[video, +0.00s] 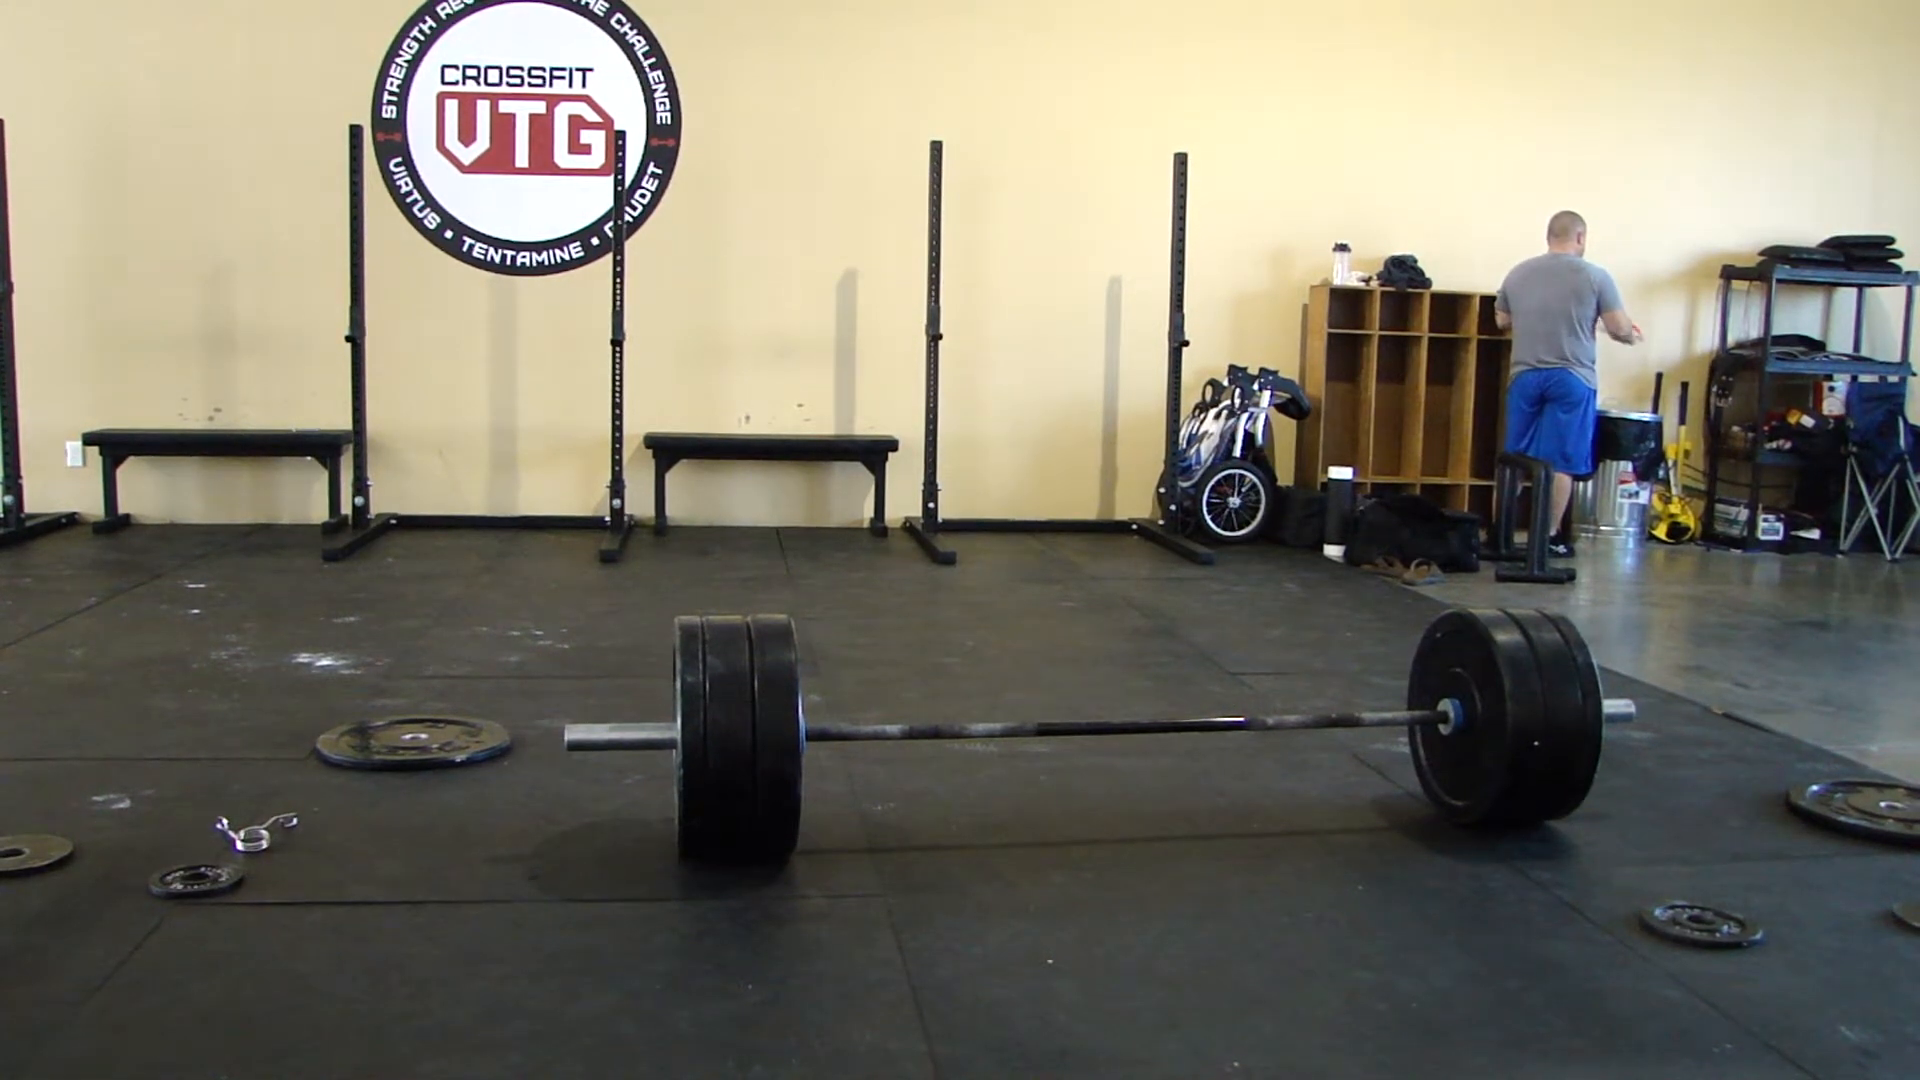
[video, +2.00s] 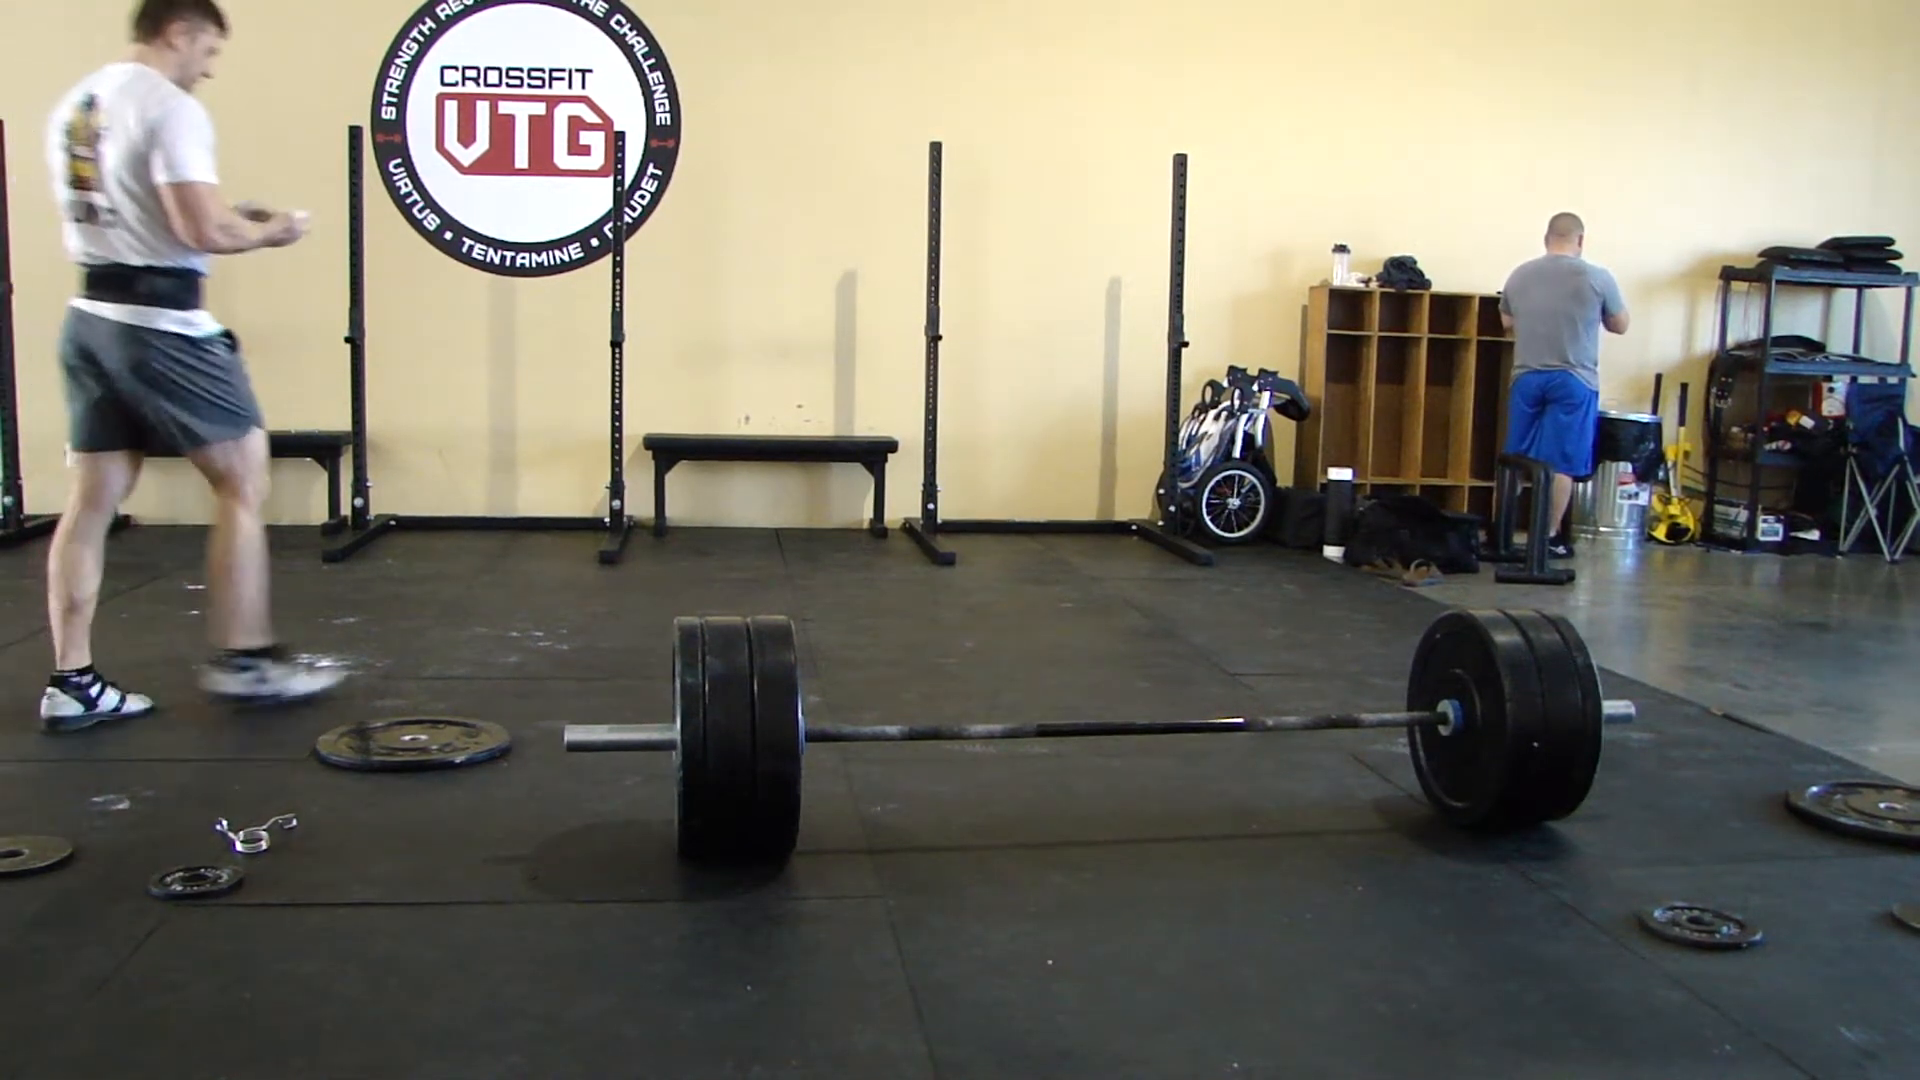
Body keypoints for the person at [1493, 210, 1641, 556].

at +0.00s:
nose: (1585, 245)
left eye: (1583, 240)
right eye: (1585, 239)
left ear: (1548, 237)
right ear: (1580, 238)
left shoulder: (1518, 272)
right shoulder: (1594, 275)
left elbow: (1502, 320)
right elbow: (1617, 329)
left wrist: (1537, 312)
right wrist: (1629, 333)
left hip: (1524, 376)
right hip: (1572, 378)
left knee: (1513, 458)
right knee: (1562, 464)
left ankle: (1501, 534)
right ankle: (1548, 538)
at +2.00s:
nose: (1580, 246)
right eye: (1582, 241)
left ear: (1546, 239)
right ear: (1580, 240)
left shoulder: (1520, 274)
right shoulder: (1596, 277)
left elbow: (1508, 322)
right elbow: (1619, 324)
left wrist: (1541, 315)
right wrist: (1587, 307)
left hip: (1526, 377)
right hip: (1574, 379)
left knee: (1514, 459)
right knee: (1562, 465)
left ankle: (1500, 535)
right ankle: (1548, 539)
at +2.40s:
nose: (1571, 245)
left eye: (1550, 239)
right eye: (1578, 240)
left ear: (1545, 239)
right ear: (1580, 242)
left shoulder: (1520, 275)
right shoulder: (1598, 276)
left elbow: (1509, 325)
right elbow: (1619, 326)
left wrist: (1542, 314)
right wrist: (1582, 312)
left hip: (1527, 377)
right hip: (1575, 379)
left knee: (1515, 460)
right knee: (1561, 465)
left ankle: (1501, 535)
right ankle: (1547, 540)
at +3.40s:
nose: (1561, 245)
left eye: (1548, 239)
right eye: (1577, 240)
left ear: (1545, 240)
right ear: (1580, 241)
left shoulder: (1520, 275)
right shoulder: (1598, 276)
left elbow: (1509, 324)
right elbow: (1618, 325)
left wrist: (1542, 314)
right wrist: (1581, 311)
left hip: (1527, 377)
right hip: (1575, 379)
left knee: (1516, 460)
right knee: (1562, 465)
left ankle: (1501, 535)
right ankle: (1547, 540)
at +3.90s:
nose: (1577, 244)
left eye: (1555, 237)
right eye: (1580, 239)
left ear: (1547, 239)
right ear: (1582, 240)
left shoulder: (1521, 274)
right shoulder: (1597, 276)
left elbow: (1505, 320)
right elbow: (1623, 316)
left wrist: (1540, 312)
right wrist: (1591, 298)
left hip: (1527, 378)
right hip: (1575, 379)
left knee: (1516, 460)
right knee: (1562, 466)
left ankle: (1501, 536)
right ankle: (1547, 540)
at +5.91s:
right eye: (1586, 237)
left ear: (1551, 239)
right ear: (1587, 241)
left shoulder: (1527, 272)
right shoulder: (1602, 278)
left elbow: (1516, 263)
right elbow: (1617, 333)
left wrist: (1550, 241)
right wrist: (1630, 377)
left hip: (1531, 379)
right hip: (1578, 381)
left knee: (1519, 459)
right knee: (1565, 465)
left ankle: (1503, 534)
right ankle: (1548, 539)